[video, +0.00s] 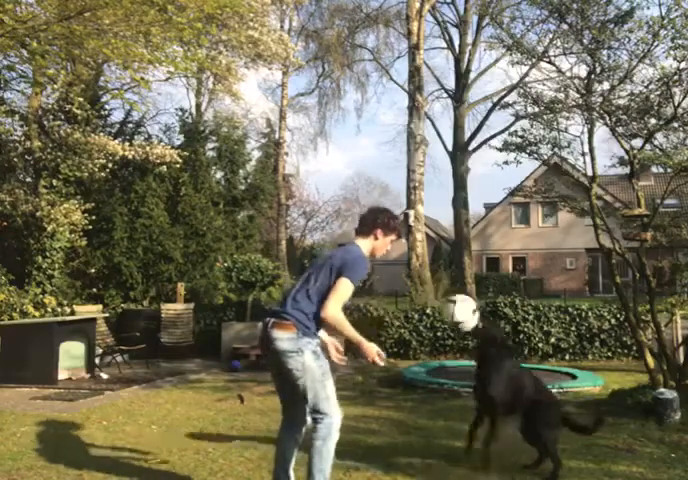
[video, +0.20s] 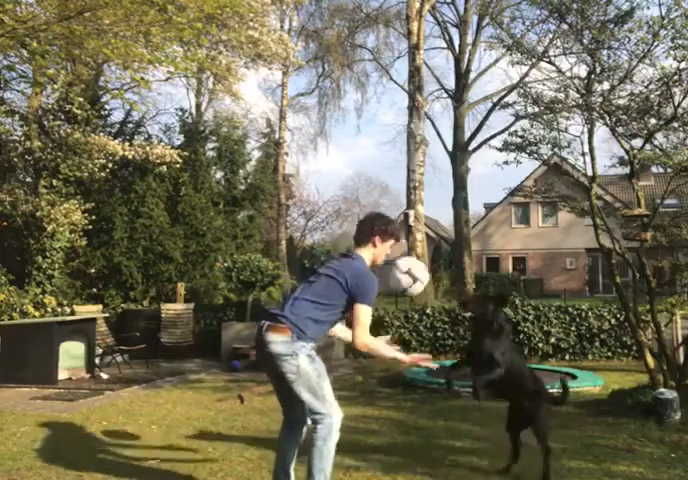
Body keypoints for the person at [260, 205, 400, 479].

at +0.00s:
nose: (388, 249)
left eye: (391, 243)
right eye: (389, 241)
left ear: (366, 231)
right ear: (377, 233)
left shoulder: (335, 254)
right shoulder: (357, 260)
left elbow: (299, 304)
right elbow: (330, 311)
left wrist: (324, 338)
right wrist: (362, 343)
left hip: (274, 331)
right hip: (295, 337)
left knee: (294, 415)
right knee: (328, 416)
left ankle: (282, 475)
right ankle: (320, 475)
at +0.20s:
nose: (389, 252)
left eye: (391, 246)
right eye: (389, 245)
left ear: (367, 238)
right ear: (376, 239)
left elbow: (330, 325)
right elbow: (362, 342)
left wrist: (374, 342)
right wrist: (403, 358)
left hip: (269, 335)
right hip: (291, 343)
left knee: (295, 415)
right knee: (328, 416)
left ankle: (281, 475)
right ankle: (319, 476)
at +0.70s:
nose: (382, 225)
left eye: (386, 219)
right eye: (383, 217)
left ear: (365, 208)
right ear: (367, 207)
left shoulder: (339, 234)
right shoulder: (346, 238)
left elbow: (324, 290)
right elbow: (324, 292)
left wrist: (355, 302)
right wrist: (372, 289)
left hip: (295, 331)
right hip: (308, 335)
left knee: (304, 412)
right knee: (330, 416)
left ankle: (286, 474)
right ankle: (319, 475)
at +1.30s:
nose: (376, 222)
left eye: (381, 216)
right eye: (378, 213)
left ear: (360, 202)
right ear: (363, 200)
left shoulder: (336, 228)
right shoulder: (338, 232)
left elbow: (313, 281)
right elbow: (303, 278)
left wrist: (345, 315)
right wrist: (341, 315)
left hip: (307, 332)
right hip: (310, 335)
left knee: (313, 415)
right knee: (325, 417)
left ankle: (303, 473)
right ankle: (314, 475)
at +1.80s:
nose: (385, 224)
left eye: (389, 218)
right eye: (387, 215)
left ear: (370, 205)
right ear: (371, 204)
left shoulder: (344, 233)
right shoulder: (345, 234)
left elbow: (324, 291)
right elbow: (320, 289)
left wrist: (354, 319)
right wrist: (367, 307)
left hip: (308, 332)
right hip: (307, 334)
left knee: (313, 415)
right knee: (324, 418)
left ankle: (302, 473)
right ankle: (314, 475)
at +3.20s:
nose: (672, 377)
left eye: (676, 370)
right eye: (672, 369)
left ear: (645, 356)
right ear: (652, 361)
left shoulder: (612, 366)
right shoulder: (612, 375)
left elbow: (624, 434)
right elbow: (626, 458)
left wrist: (670, 444)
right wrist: (680, 467)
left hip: (492, 370)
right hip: (504, 381)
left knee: (448, 430)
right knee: (583, 442)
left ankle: (367, 455)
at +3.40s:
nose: (674, 331)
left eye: (676, 325)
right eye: (676, 324)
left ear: (648, 303)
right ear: (663, 318)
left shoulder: (610, 315)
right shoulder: (614, 327)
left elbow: (590, 379)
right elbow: (595, 405)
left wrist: (636, 400)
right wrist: (654, 419)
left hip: (496, 350)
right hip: (510, 364)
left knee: (460, 405)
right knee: (585, 433)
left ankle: (383, 419)